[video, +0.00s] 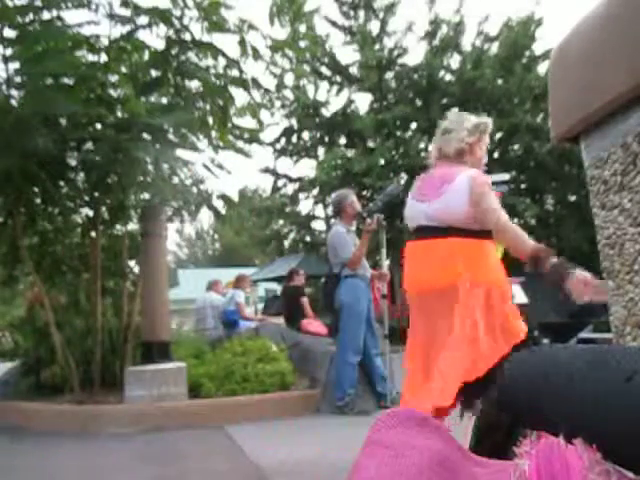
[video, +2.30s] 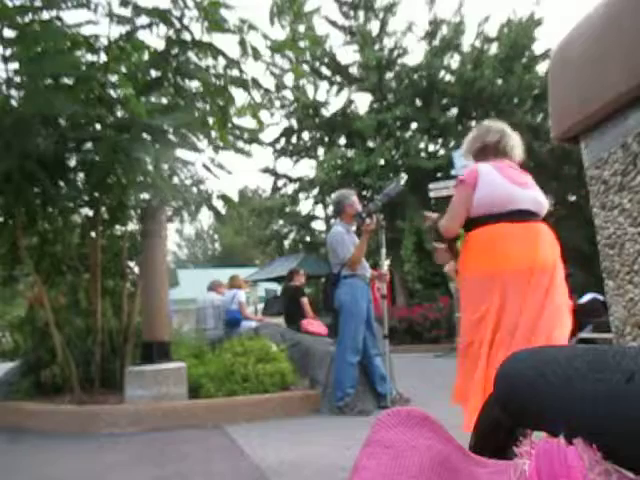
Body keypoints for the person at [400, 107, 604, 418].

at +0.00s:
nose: (486, 156)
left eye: (486, 148)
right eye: (484, 148)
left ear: (441, 146)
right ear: (470, 147)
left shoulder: (420, 184)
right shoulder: (473, 181)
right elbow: (502, 226)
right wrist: (535, 254)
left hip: (423, 267)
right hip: (468, 267)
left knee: (428, 347)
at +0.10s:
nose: (508, 148)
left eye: (508, 141)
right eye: (506, 140)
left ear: (463, 141)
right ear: (492, 140)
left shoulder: (439, 177)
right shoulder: (497, 175)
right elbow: (537, 217)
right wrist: (574, 232)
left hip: (438, 259)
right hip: (486, 261)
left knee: (446, 346)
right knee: (523, 335)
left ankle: (436, 420)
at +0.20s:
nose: (523, 142)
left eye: (524, 135)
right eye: (521, 134)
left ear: (480, 133)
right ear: (508, 134)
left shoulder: (454, 168)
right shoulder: (515, 168)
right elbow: (565, 203)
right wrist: (611, 211)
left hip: (449, 250)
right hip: (497, 252)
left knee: (462, 327)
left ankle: (460, 387)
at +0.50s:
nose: (538, 129)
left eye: (537, 123)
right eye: (536, 123)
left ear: (493, 127)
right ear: (527, 126)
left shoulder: (475, 161)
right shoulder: (537, 155)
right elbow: (592, 166)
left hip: (474, 247)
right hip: (524, 247)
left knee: (493, 332)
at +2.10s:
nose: (541, 149)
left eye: (540, 143)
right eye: (536, 143)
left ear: (497, 150)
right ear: (522, 145)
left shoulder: (474, 185)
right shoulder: (542, 173)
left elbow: (456, 235)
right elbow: (590, 197)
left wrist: (438, 233)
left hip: (485, 248)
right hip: (532, 243)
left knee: (493, 332)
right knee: (540, 324)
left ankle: (497, 414)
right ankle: (547, 408)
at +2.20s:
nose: (525, 152)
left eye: (524, 147)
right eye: (523, 147)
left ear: (483, 152)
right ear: (518, 151)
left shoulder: (466, 184)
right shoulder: (539, 180)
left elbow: (454, 239)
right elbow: (564, 232)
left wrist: (443, 234)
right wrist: (560, 251)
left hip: (486, 245)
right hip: (533, 242)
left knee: (490, 330)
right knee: (540, 324)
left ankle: (493, 417)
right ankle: (546, 406)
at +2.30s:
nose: (468, 156)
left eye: (469, 151)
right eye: (468, 152)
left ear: (476, 149)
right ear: (512, 150)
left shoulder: (473, 174)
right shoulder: (525, 177)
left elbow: (450, 227)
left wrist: (437, 221)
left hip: (492, 248)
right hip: (538, 246)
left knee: (491, 332)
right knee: (545, 326)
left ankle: (492, 421)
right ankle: (549, 408)